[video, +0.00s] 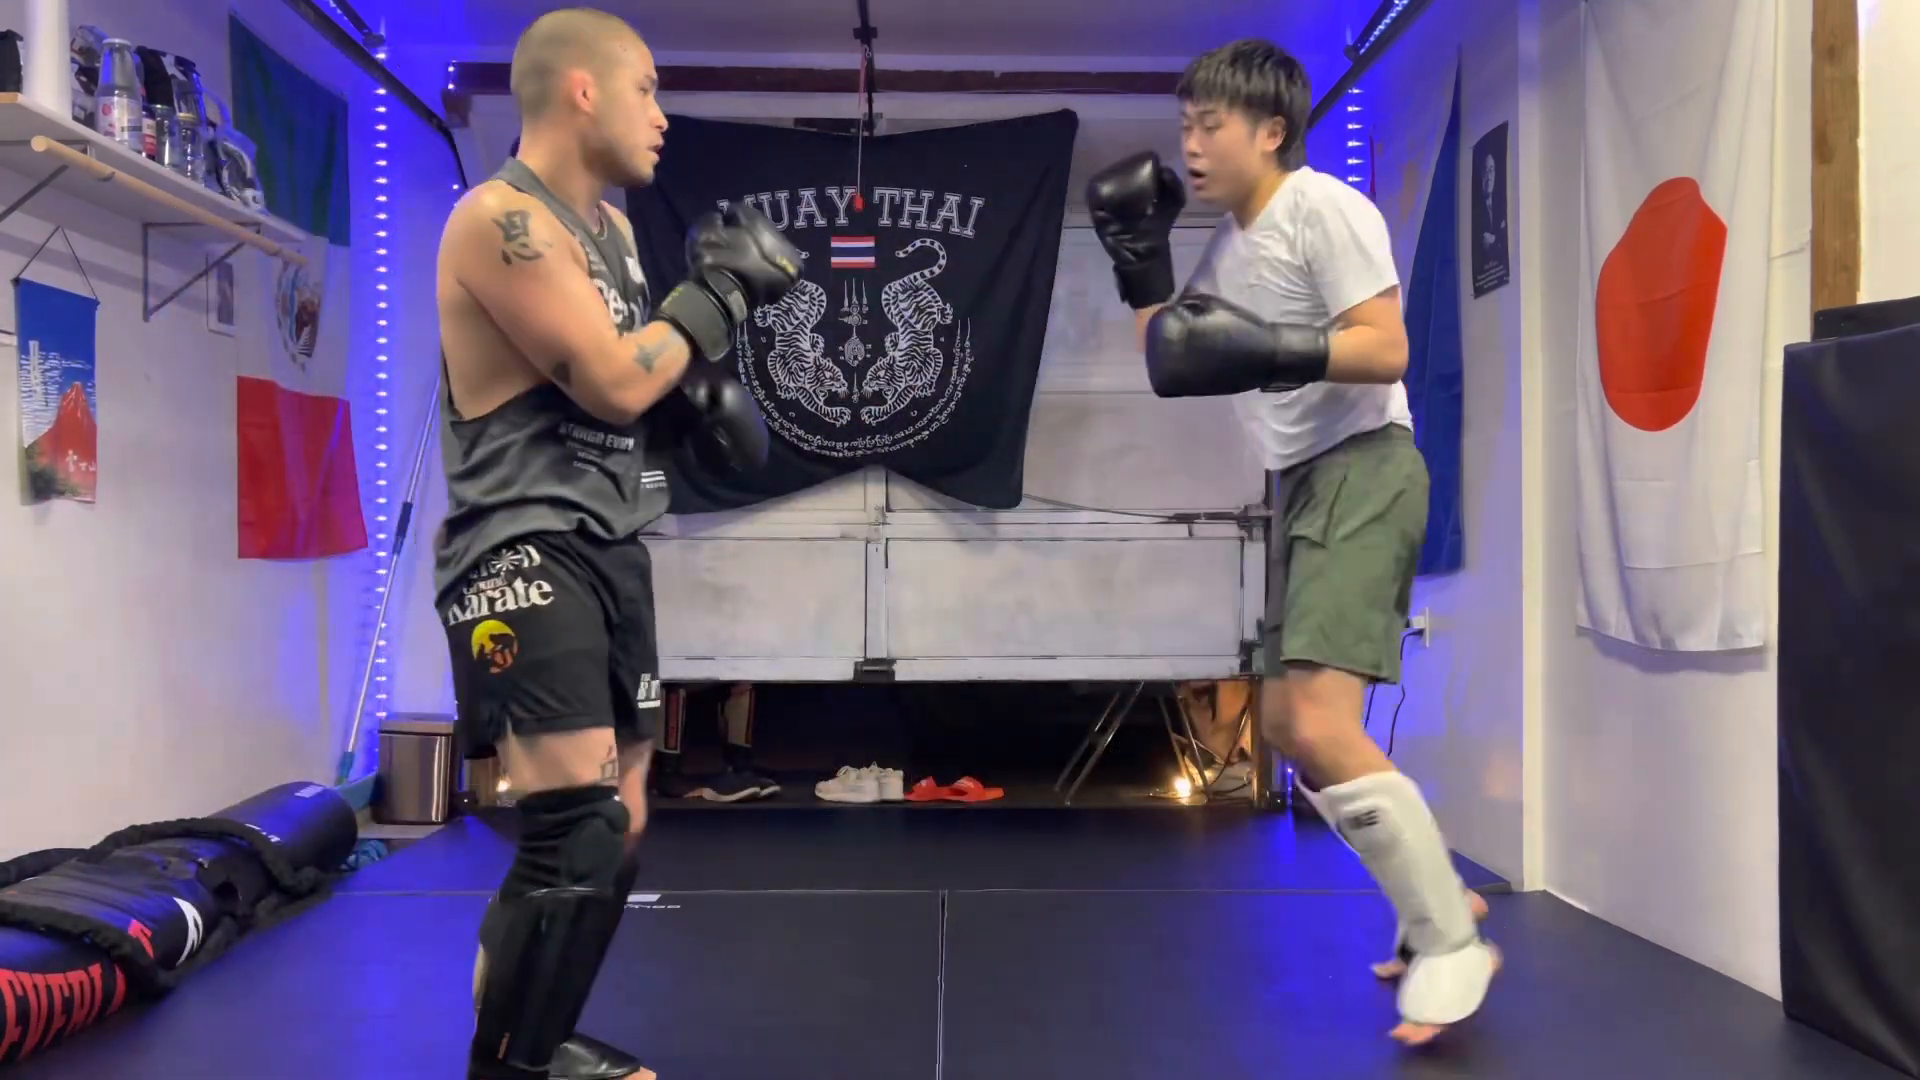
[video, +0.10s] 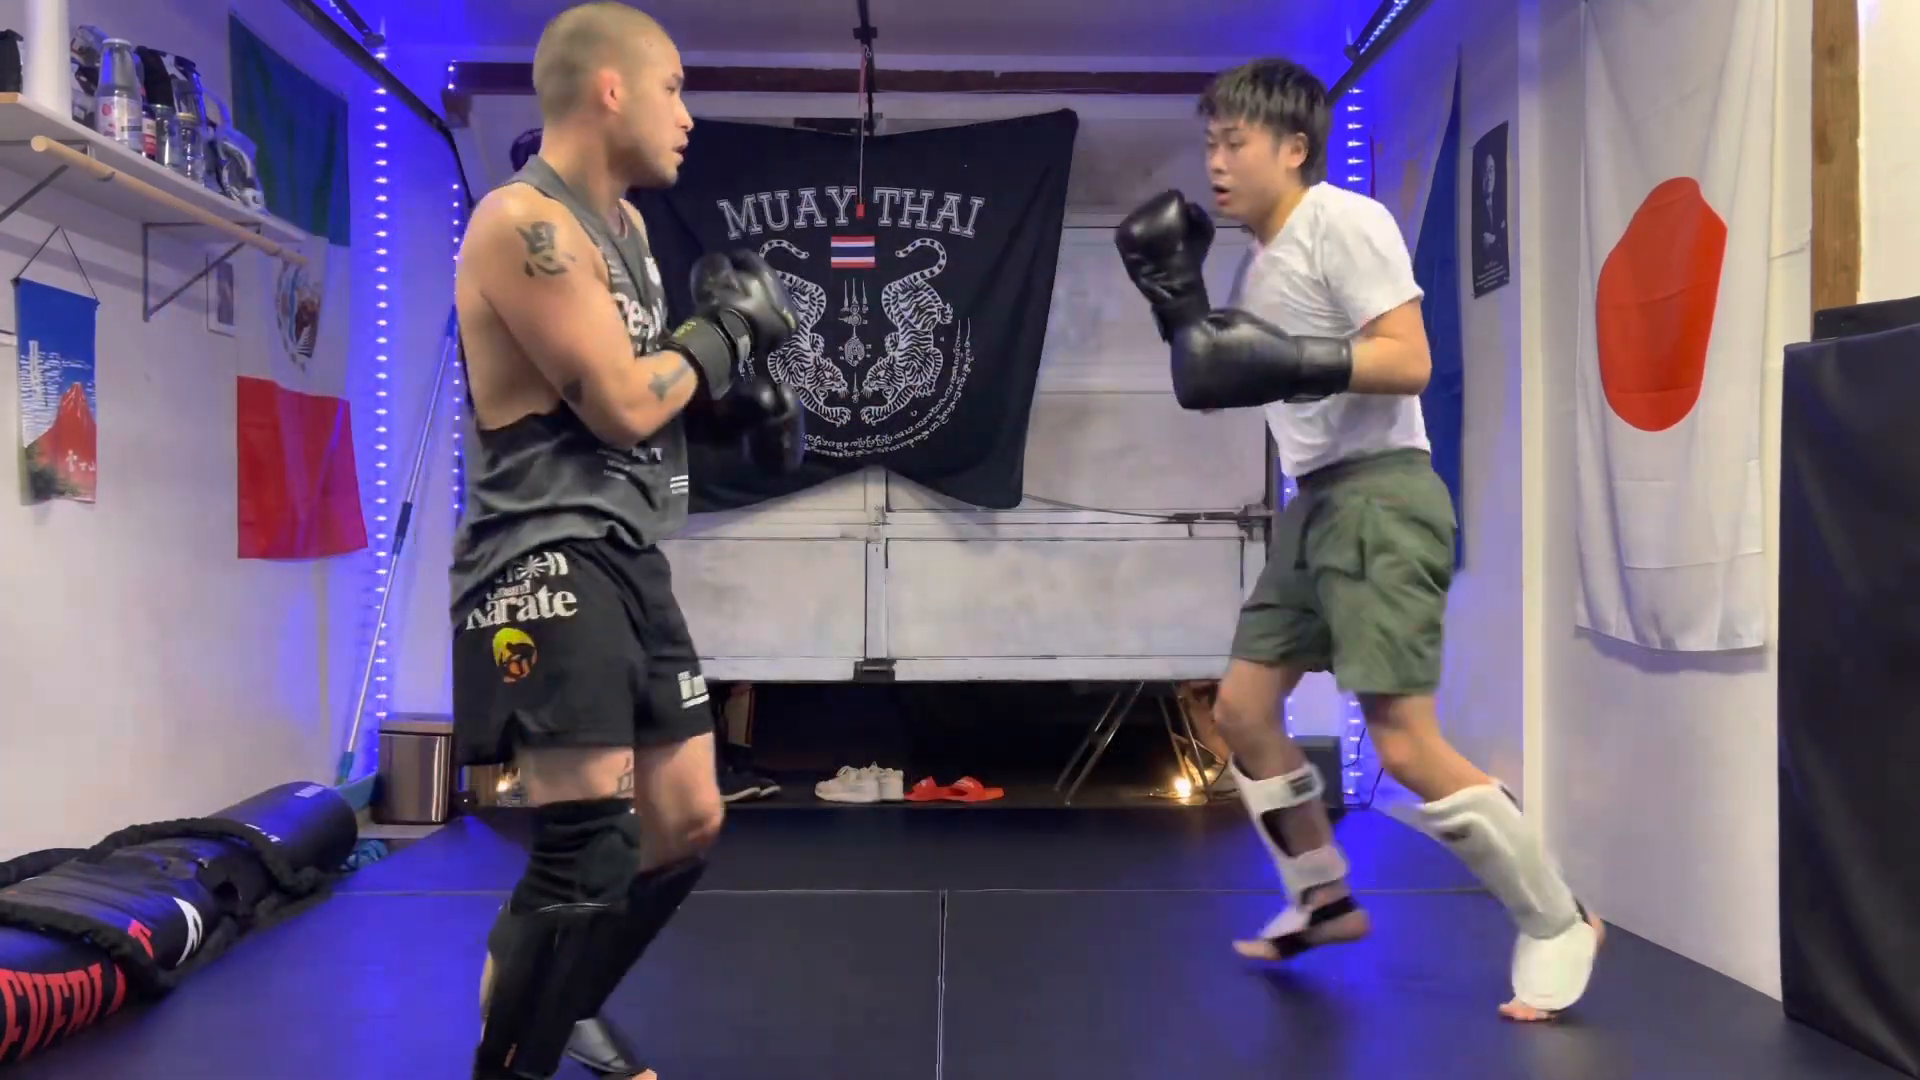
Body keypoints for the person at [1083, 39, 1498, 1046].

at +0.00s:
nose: (1189, 142)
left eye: (1209, 123)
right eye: (1186, 123)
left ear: (1270, 133)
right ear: (1200, 137)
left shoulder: (1326, 209)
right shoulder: (1226, 254)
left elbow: (1387, 347)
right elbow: (1174, 357)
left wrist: (1259, 352)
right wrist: (1143, 260)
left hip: (1364, 469)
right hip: (1299, 484)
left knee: (1319, 718)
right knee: (1284, 724)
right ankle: (1436, 896)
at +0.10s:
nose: (1213, 164)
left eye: (1231, 143)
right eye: (1208, 146)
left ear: (1294, 149)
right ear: (1221, 155)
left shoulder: (1345, 220)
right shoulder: (1263, 269)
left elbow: (1409, 362)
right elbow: (1225, 376)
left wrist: (1284, 363)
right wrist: (1180, 293)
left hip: (1382, 498)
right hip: (1313, 508)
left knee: (1406, 743)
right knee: (1242, 707)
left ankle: (1557, 925)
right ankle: (1322, 899)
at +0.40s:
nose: (1192, 177)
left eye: (1211, 159)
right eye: (1187, 161)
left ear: (1265, 165)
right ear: (1187, 173)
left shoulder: (1321, 237)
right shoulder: (1206, 266)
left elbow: (1368, 372)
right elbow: (1157, 377)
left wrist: (1274, 333)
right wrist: (1138, 280)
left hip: (1325, 499)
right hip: (1236, 504)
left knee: (1379, 716)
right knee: (1165, 687)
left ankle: (1505, 912)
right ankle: (1191, 858)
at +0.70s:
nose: (1128, 269)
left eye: (1148, 253)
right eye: (1122, 252)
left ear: (1195, 264)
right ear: (1116, 260)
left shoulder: (1242, 341)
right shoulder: (1126, 358)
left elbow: (1291, 462)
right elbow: (1104, 476)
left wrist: (1211, 454)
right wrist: (1077, 390)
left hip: (1237, 566)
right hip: (1157, 568)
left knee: (1190, 761)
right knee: (1114, 752)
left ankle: (1350, 875)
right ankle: (1166, 880)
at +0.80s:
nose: (1138, 254)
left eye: (1159, 238)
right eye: (1131, 237)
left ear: (1204, 251)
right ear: (1122, 247)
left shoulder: (1245, 334)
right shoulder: (1115, 333)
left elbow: (1276, 468)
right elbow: (1084, 464)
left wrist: (1209, 421)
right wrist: (1073, 431)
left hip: (1220, 558)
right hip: (1138, 559)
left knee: (1193, 744)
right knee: (1117, 747)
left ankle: (1323, 925)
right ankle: (1170, 881)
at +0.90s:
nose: (1157, 253)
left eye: (1178, 237)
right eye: (1149, 236)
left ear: (1221, 252)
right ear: (1135, 248)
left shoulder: (1261, 345)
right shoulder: (1102, 321)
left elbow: (1266, 478)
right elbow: (996, 411)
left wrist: (1199, 433)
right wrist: (1009, 359)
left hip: (1215, 561)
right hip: (1122, 563)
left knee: (1194, 742)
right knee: (1124, 761)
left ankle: (1283, 953)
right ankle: (1166, 873)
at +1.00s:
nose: (1137, 255)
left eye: (1156, 241)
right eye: (1125, 241)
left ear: (1199, 252)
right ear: (1110, 252)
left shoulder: (1241, 339)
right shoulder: (1086, 331)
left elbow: (1271, 469)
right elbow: (1010, 332)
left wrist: (1197, 462)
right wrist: (951, 292)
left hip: (1222, 558)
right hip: (1126, 568)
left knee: (1220, 738)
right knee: (1101, 779)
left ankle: (1291, 961)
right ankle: (1162, 859)